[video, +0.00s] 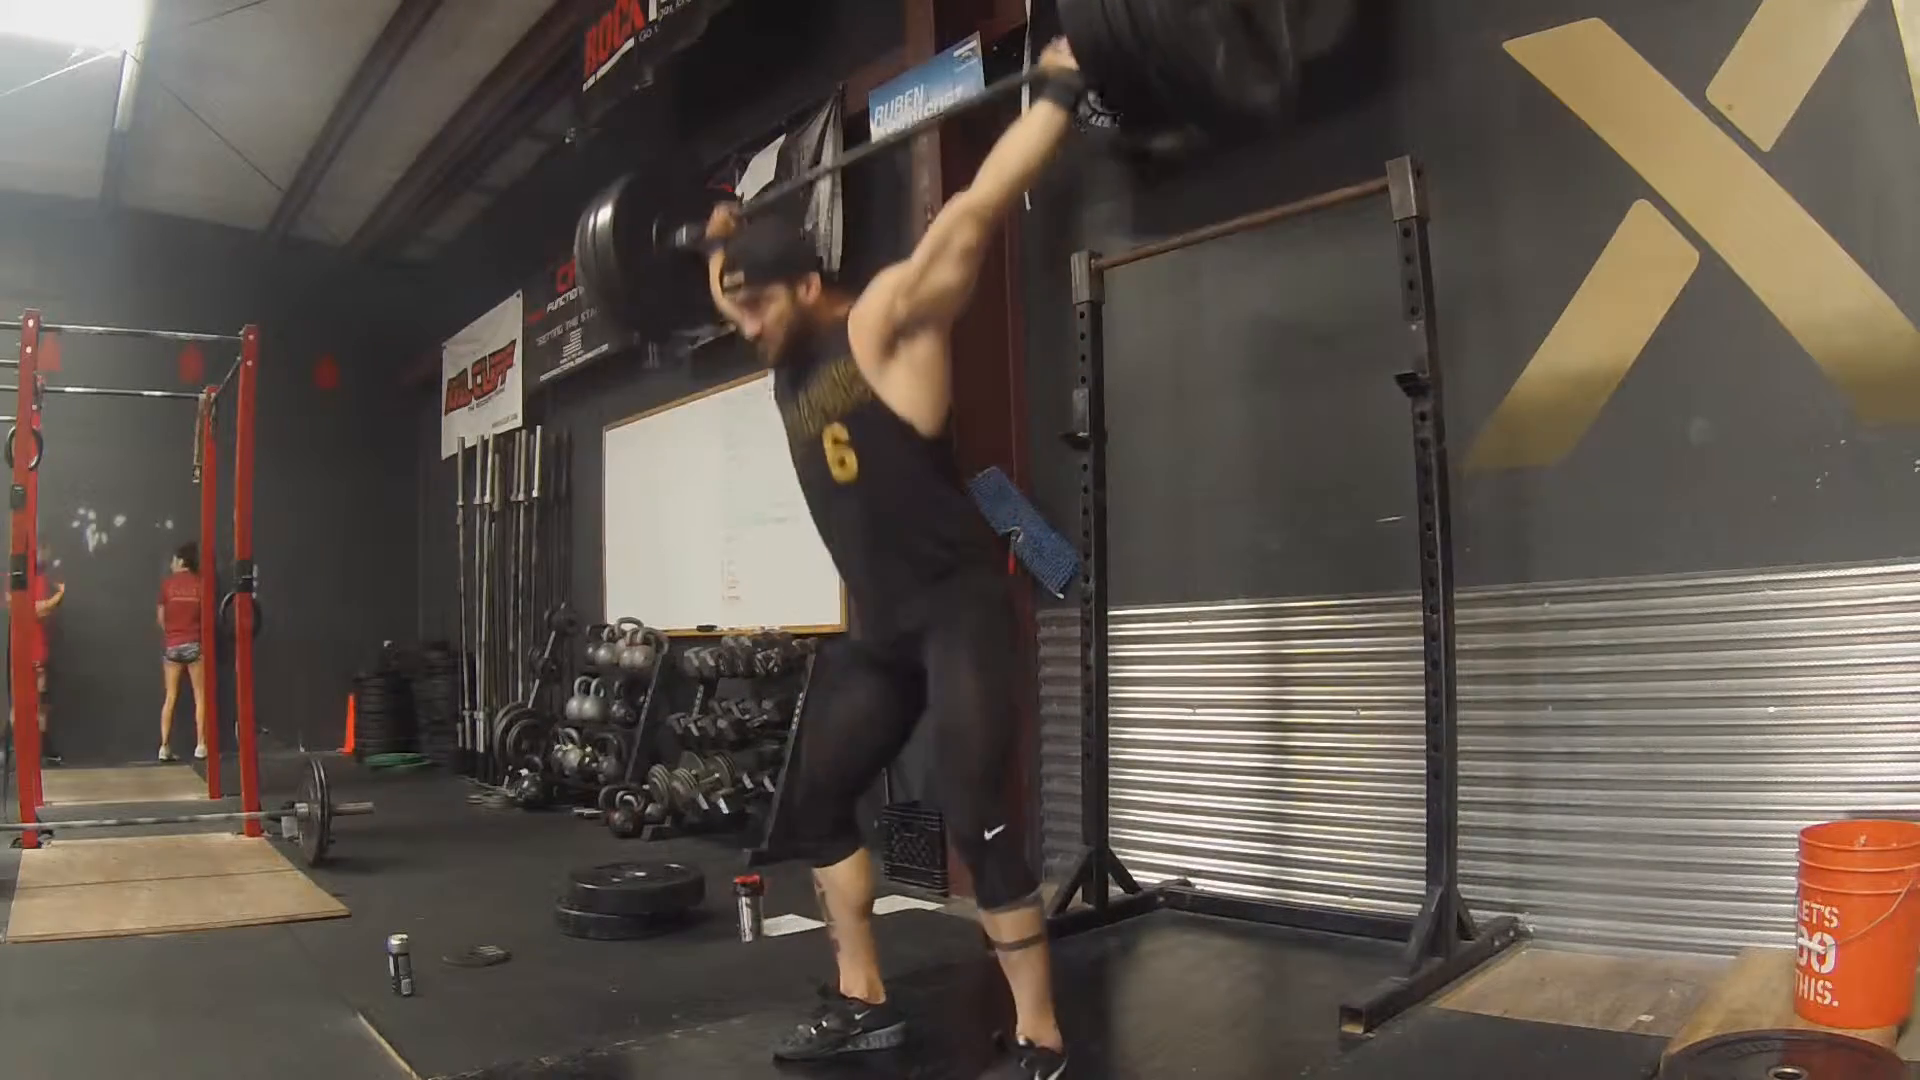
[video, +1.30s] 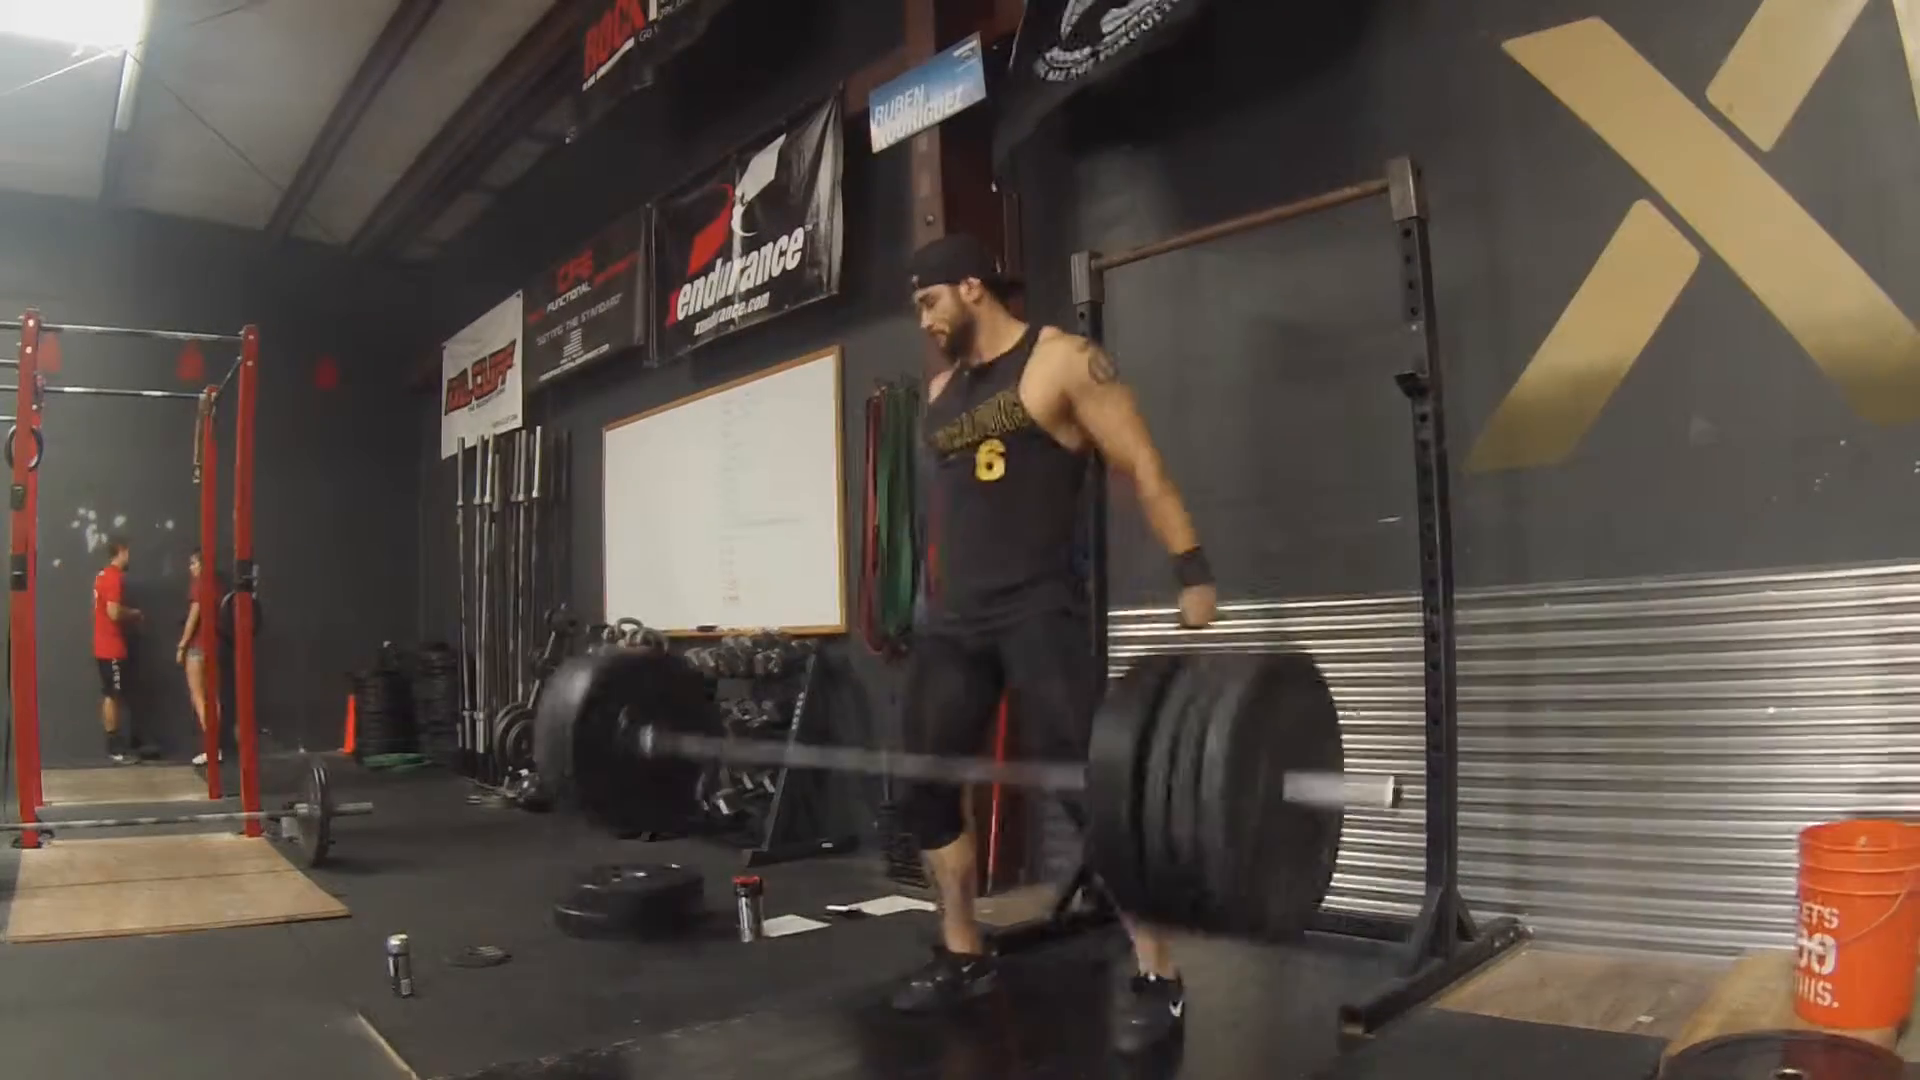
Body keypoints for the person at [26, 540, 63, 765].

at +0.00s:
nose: (46, 556)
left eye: (46, 550)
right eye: (43, 551)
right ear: (38, 555)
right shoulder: (38, 580)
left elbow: (39, 608)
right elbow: (39, 609)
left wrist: (56, 595)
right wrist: (59, 595)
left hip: (26, 652)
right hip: (36, 652)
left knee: (21, 701)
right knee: (40, 701)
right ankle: (41, 747)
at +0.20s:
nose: (60, 554)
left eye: (59, 550)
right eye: (58, 550)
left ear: (45, 551)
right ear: (48, 551)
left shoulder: (36, 573)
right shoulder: (45, 574)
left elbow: (44, 608)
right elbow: (49, 608)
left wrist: (62, 607)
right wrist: (70, 604)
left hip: (38, 644)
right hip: (48, 644)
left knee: (48, 693)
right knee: (65, 693)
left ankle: (43, 744)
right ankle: (46, 739)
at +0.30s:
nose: (68, 556)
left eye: (67, 551)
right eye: (66, 551)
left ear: (52, 551)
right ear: (56, 551)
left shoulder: (39, 575)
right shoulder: (52, 574)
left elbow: (40, 608)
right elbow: (53, 609)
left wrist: (64, 611)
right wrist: (73, 610)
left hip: (41, 647)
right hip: (54, 646)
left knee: (51, 693)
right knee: (75, 691)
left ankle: (45, 749)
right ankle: (69, 749)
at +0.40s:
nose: (76, 556)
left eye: (75, 551)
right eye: (74, 551)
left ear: (60, 552)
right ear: (64, 551)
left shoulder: (45, 576)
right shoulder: (61, 576)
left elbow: (41, 606)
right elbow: (59, 611)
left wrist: (68, 611)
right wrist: (78, 614)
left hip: (46, 647)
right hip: (63, 648)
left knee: (53, 694)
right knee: (82, 692)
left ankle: (48, 750)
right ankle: (95, 746)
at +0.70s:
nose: (98, 557)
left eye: (97, 552)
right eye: (96, 552)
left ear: (81, 553)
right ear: (88, 553)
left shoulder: (69, 575)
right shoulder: (86, 577)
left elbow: (67, 610)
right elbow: (87, 614)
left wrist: (92, 612)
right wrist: (102, 614)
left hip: (70, 650)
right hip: (87, 651)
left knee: (69, 695)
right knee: (99, 696)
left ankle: (52, 746)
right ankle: (112, 747)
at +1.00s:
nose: (119, 556)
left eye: (118, 552)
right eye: (116, 552)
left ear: (102, 552)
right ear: (106, 552)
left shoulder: (89, 574)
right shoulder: (105, 576)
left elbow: (92, 608)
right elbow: (111, 612)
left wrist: (121, 615)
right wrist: (129, 612)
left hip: (93, 647)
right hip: (106, 648)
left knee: (101, 693)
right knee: (109, 695)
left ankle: (82, 736)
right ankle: (112, 747)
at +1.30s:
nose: (128, 557)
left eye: (128, 552)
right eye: (126, 552)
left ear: (115, 552)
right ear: (119, 552)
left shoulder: (104, 576)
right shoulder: (113, 577)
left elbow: (107, 609)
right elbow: (113, 610)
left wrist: (129, 614)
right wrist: (133, 613)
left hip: (105, 645)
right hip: (111, 647)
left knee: (111, 695)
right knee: (113, 695)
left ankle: (113, 743)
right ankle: (114, 746)